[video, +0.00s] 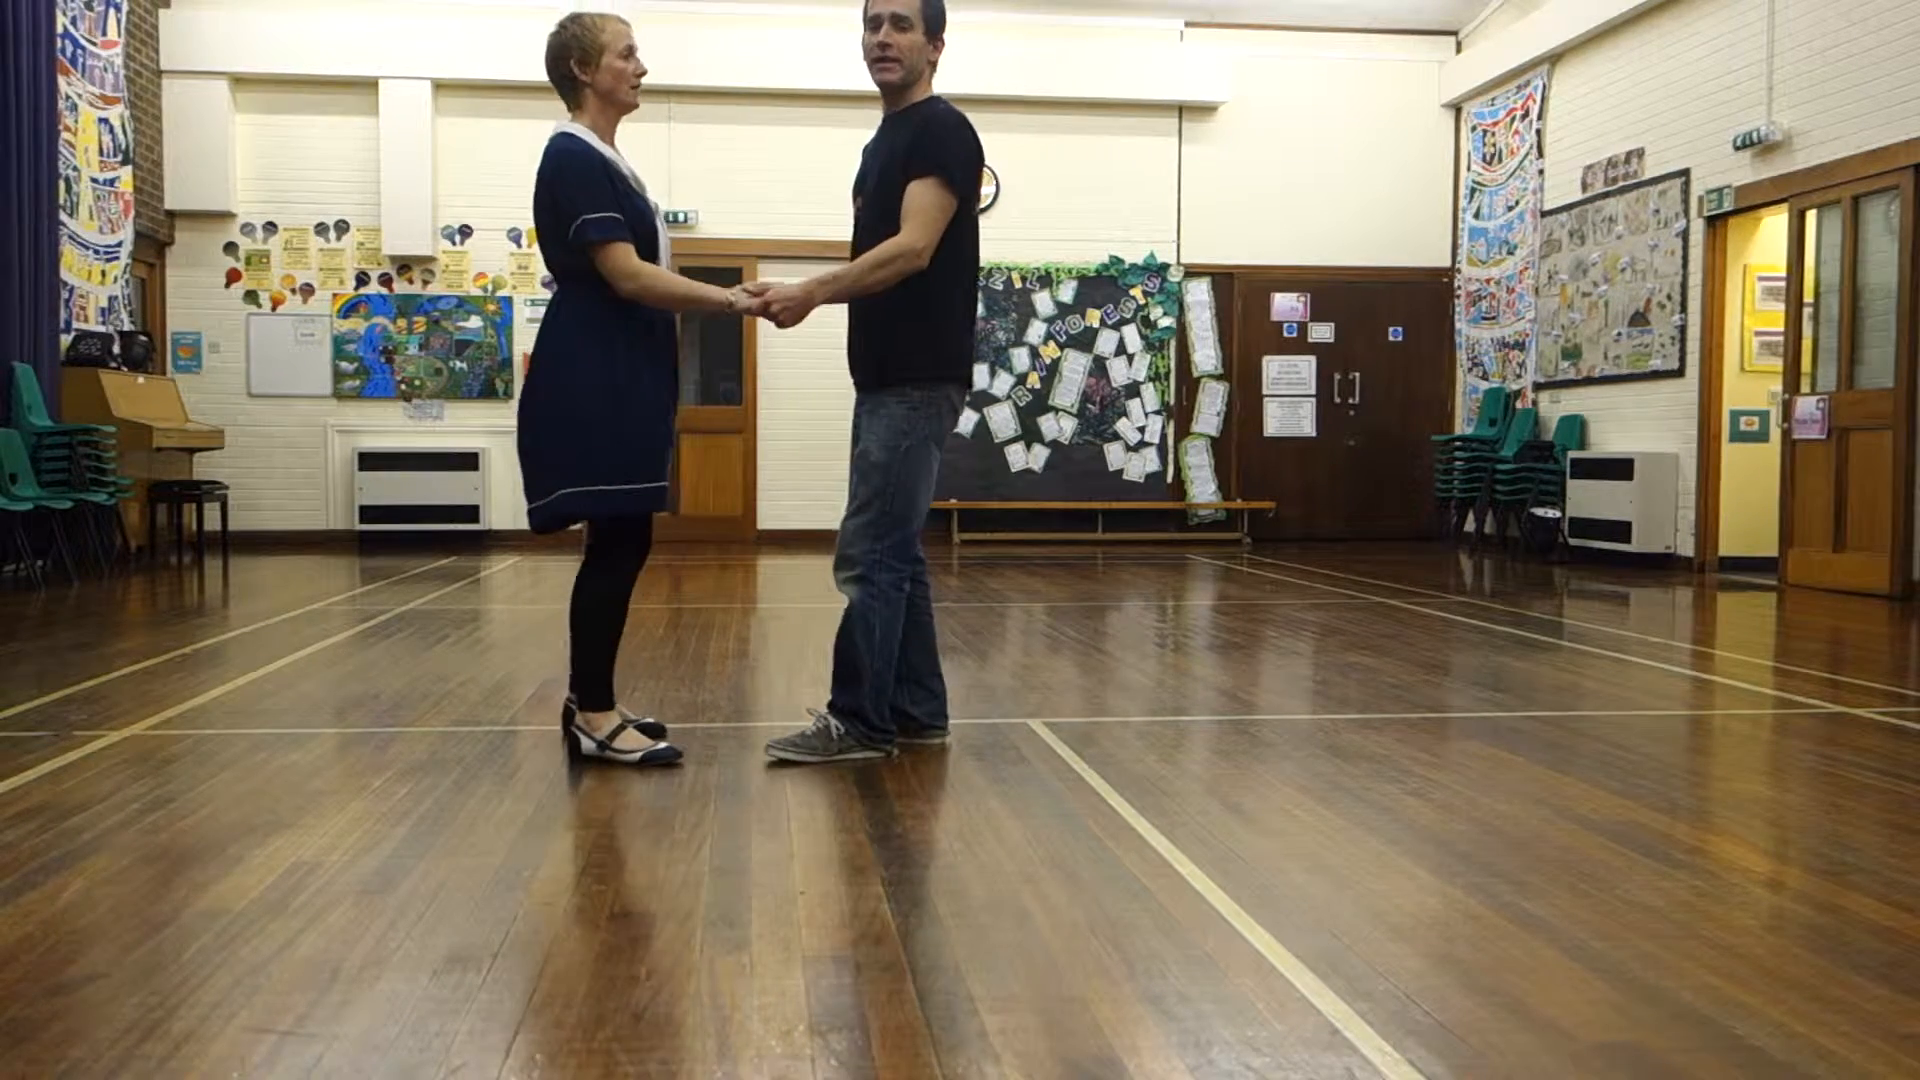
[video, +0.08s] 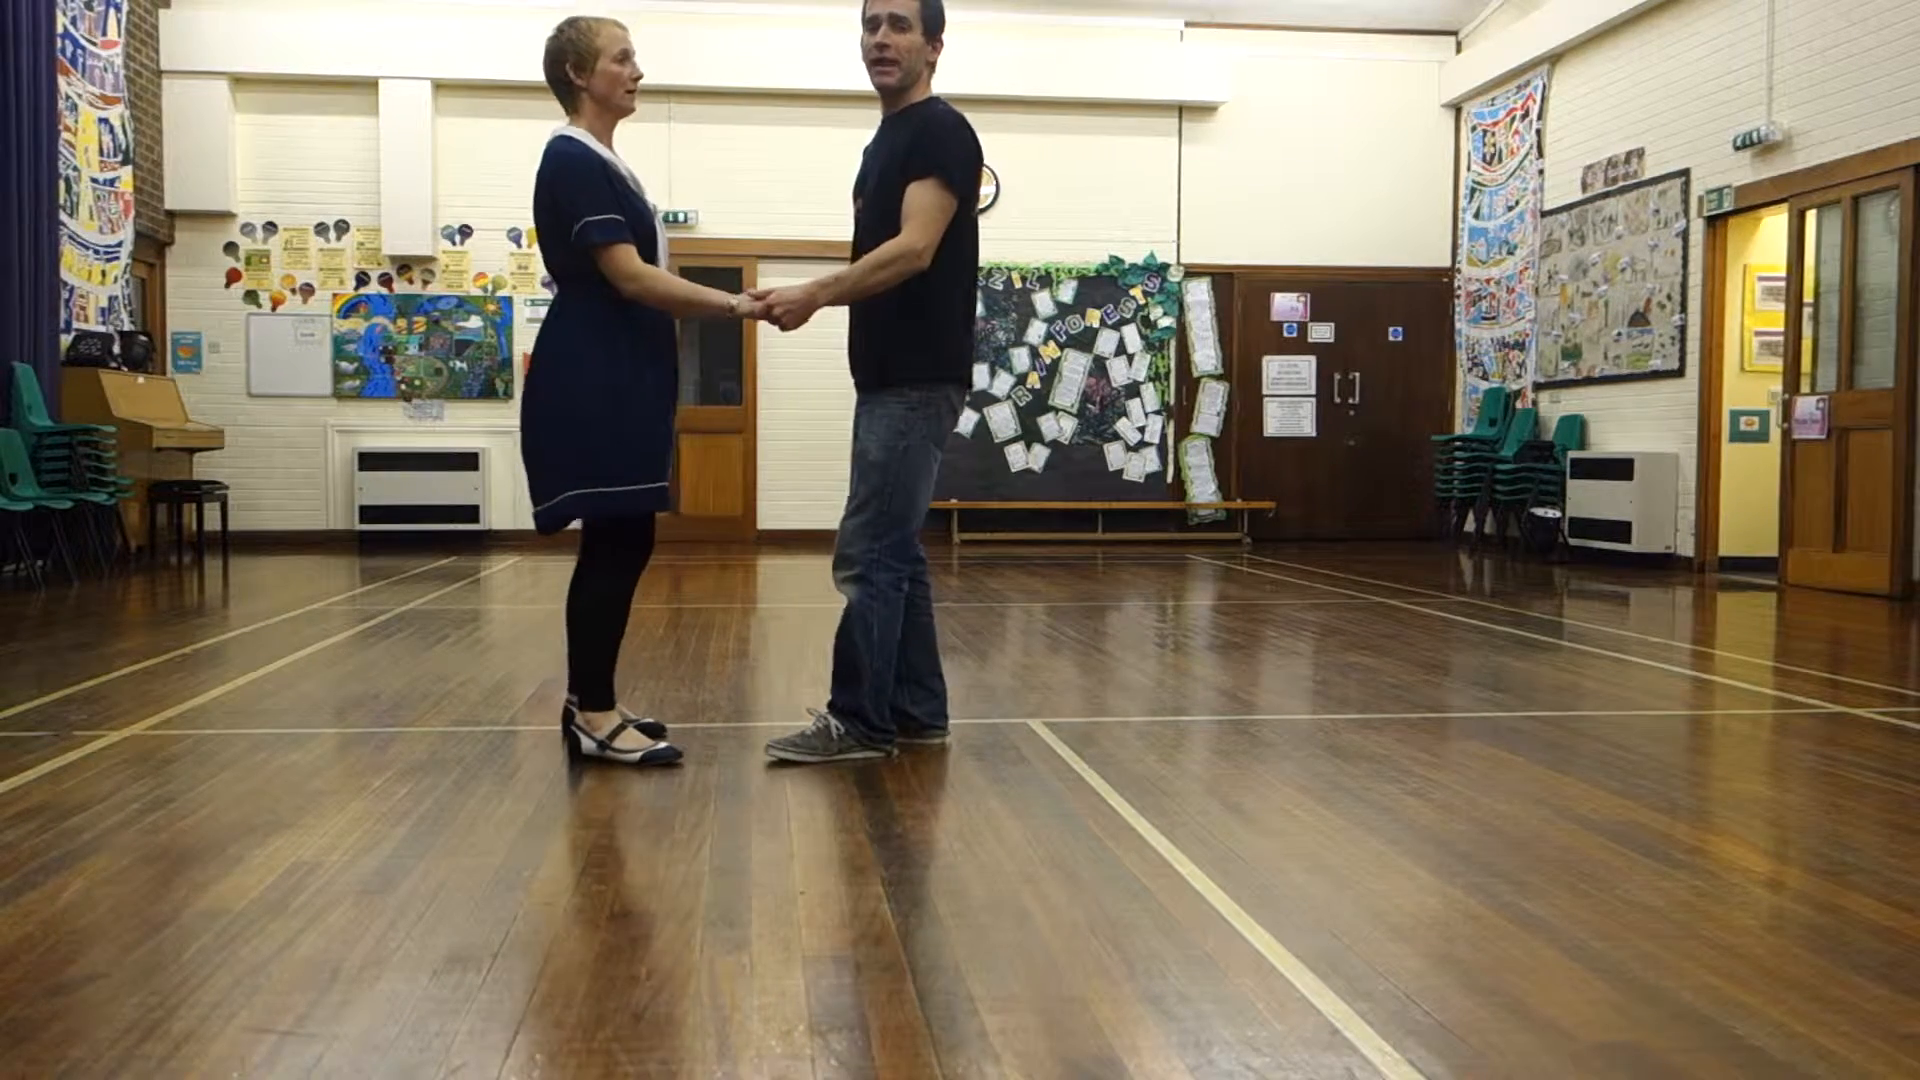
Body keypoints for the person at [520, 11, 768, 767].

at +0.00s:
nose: (641, 67)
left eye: (637, 55)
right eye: (626, 55)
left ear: (594, 73)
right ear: (583, 71)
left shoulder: (605, 159)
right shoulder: (575, 155)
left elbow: (638, 272)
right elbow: (626, 275)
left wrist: (727, 295)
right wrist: (729, 299)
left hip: (626, 387)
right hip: (603, 387)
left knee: (622, 543)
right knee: (618, 543)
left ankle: (593, 705)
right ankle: (593, 717)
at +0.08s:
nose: (637, 71)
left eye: (634, 59)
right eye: (621, 59)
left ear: (595, 76)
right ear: (578, 74)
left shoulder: (604, 162)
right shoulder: (575, 159)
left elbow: (638, 275)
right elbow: (629, 276)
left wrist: (730, 301)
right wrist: (735, 304)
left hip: (624, 387)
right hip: (602, 388)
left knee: (621, 542)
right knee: (618, 542)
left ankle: (592, 705)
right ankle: (593, 717)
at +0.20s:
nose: (633, 77)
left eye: (631, 65)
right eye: (617, 66)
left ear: (591, 81)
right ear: (575, 80)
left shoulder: (601, 165)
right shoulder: (575, 162)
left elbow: (637, 276)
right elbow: (630, 276)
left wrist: (731, 301)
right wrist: (736, 305)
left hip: (620, 388)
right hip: (598, 389)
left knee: (622, 542)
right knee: (616, 542)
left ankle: (594, 705)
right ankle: (592, 715)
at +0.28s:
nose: (630, 81)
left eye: (629, 68)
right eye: (615, 69)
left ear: (592, 85)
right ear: (573, 83)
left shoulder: (602, 168)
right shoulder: (573, 165)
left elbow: (638, 277)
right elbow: (627, 276)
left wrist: (731, 299)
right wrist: (735, 303)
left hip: (620, 390)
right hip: (596, 391)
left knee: (620, 542)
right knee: (614, 543)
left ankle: (593, 705)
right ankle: (592, 714)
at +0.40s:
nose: (628, 82)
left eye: (627, 70)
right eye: (612, 71)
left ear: (594, 87)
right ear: (571, 86)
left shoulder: (603, 169)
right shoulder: (571, 166)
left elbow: (636, 278)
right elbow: (619, 276)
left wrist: (724, 294)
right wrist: (727, 299)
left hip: (619, 387)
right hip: (597, 388)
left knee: (617, 542)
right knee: (617, 542)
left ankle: (592, 704)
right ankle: (596, 711)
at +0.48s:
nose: (627, 83)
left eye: (626, 71)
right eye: (611, 72)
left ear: (597, 89)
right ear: (570, 88)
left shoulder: (606, 171)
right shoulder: (571, 167)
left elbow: (640, 279)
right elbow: (616, 277)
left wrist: (724, 295)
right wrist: (723, 300)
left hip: (619, 388)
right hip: (596, 388)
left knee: (614, 542)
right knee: (622, 542)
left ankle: (590, 701)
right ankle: (599, 710)